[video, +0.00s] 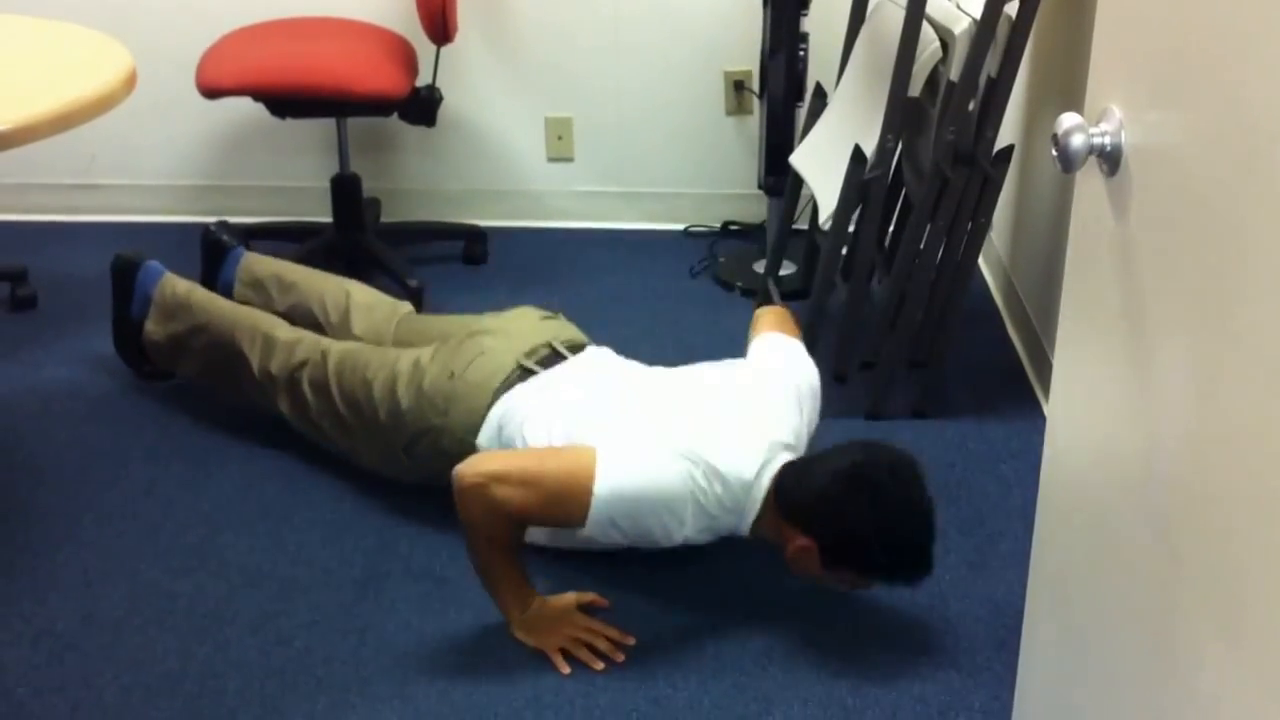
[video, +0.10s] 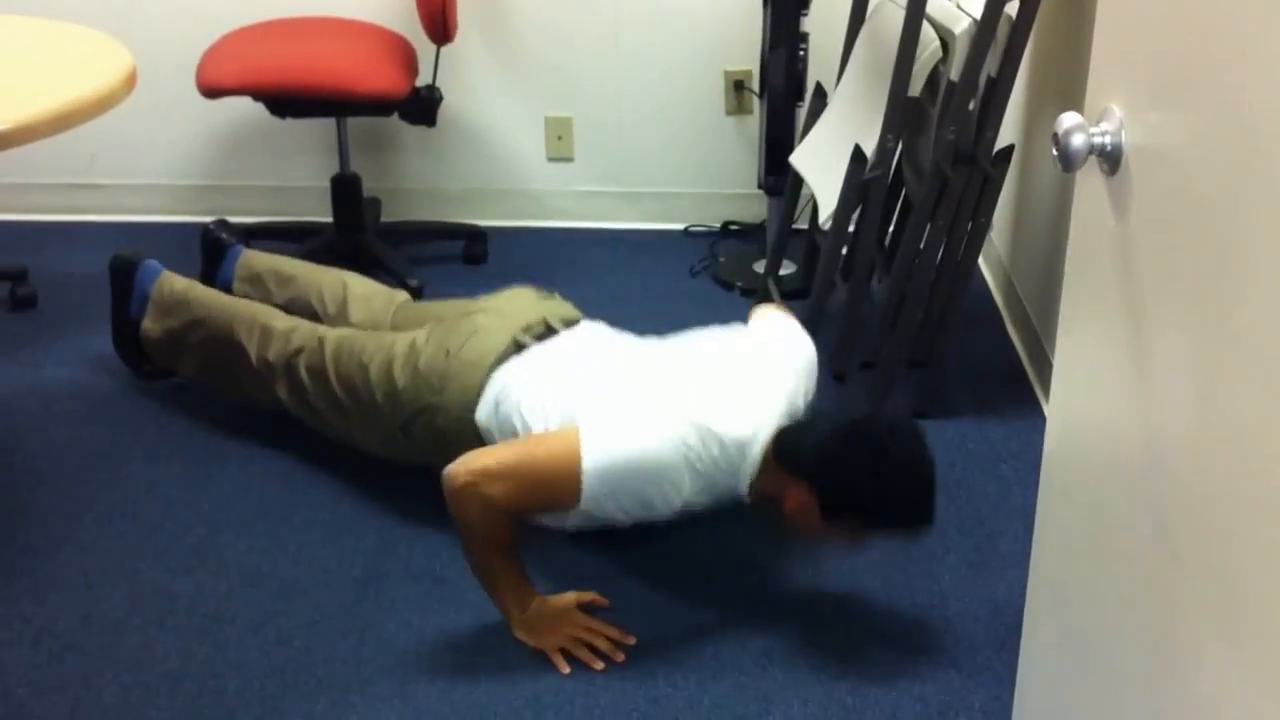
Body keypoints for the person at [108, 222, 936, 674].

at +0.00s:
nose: (834, 580)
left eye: (849, 569)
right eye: (842, 570)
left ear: (850, 463)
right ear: (810, 545)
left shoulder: (794, 392)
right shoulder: (680, 492)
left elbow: (777, 316)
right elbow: (479, 487)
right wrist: (524, 608)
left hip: (551, 340)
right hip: (474, 405)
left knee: (396, 322)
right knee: (299, 369)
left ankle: (247, 265)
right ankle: (161, 310)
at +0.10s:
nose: (836, 545)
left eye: (854, 537)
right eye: (844, 533)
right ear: (808, 499)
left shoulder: (789, 364)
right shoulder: (670, 463)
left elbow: (771, 309)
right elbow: (471, 486)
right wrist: (525, 610)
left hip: (543, 318)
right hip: (472, 388)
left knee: (392, 312)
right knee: (298, 361)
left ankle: (245, 261)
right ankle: (159, 310)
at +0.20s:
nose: (833, 464)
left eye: (850, 460)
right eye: (838, 454)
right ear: (796, 417)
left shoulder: (780, 298)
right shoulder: (654, 399)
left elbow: (752, 375)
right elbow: (472, 480)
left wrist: (758, 450)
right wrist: (526, 608)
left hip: (530, 285)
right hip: (468, 362)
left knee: (375, 291)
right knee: (292, 352)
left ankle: (237, 256)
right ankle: (157, 310)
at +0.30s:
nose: (830, 395)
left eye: (848, 388)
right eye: (834, 380)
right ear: (789, 338)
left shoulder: (770, 244)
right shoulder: (643, 335)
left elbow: (763, 352)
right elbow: (496, 461)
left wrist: (760, 453)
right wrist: (526, 606)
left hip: (522, 247)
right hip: (461, 316)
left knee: (373, 277)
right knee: (291, 338)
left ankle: (237, 252)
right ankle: (152, 307)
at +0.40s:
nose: (835, 344)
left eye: (852, 332)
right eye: (835, 327)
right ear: (782, 287)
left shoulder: (766, 216)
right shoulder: (630, 299)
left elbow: (762, 333)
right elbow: (518, 446)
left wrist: (763, 454)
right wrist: (522, 599)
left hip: (517, 225)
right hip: (455, 298)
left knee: (373, 266)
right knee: (290, 329)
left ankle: (235, 252)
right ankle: (152, 310)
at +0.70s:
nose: (847, 535)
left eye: (863, 523)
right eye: (848, 519)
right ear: (808, 478)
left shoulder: (788, 334)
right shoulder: (668, 451)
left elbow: (705, 323)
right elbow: (472, 484)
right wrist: (525, 608)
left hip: (539, 305)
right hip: (465, 383)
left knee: (391, 308)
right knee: (293, 358)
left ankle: (246, 258)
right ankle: (156, 309)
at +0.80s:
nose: (835, 578)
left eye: (851, 569)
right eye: (845, 567)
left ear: (837, 488)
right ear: (814, 533)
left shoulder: (794, 389)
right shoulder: (684, 487)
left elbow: (779, 313)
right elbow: (482, 489)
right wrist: (526, 607)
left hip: (548, 337)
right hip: (471, 404)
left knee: (394, 324)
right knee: (296, 367)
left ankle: (248, 263)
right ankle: (161, 308)